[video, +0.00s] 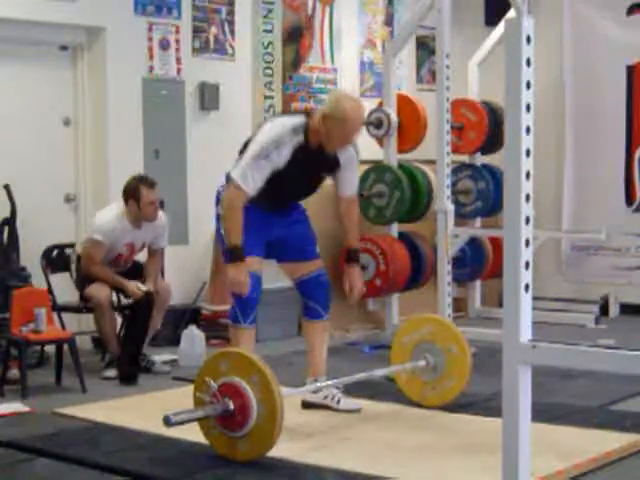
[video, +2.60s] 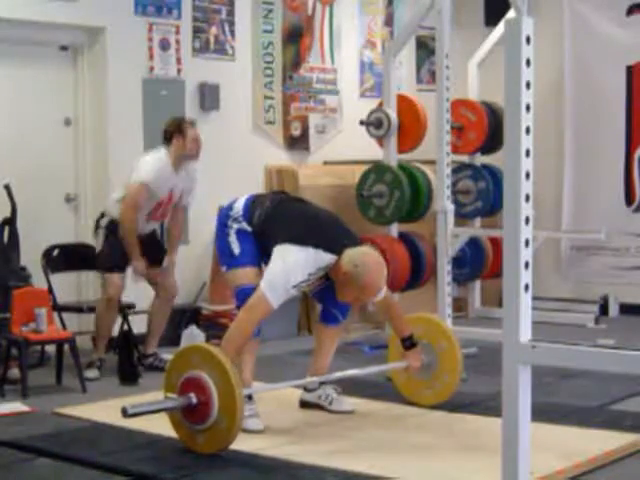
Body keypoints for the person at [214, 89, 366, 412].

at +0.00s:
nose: (348, 141)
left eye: (352, 135)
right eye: (343, 134)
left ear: (355, 130)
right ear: (321, 123)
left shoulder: (345, 152)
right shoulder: (278, 135)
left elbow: (349, 206)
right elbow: (234, 196)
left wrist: (353, 260)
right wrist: (234, 261)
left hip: (288, 211)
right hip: (246, 209)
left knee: (317, 290)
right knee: (246, 293)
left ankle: (316, 383)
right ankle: (243, 385)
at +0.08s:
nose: (348, 162)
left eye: (354, 155)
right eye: (344, 153)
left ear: (360, 147)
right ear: (325, 138)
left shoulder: (348, 161)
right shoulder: (282, 147)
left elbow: (355, 216)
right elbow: (240, 209)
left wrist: (360, 274)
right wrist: (240, 274)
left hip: (290, 212)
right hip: (247, 211)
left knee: (318, 289)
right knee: (249, 298)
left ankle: (316, 383)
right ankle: (250, 387)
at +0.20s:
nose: (350, 189)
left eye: (356, 184)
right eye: (348, 182)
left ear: (361, 177)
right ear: (329, 167)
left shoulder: (352, 179)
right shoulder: (286, 171)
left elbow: (357, 235)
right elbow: (248, 237)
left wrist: (362, 288)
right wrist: (249, 299)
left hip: (288, 216)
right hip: (243, 211)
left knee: (320, 293)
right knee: (252, 305)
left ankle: (317, 383)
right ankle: (249, 387)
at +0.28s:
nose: (347, 224)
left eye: (353, 218)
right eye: (345, 216)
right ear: (328, 201)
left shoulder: (354, 205)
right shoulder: (283, 202)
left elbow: (357, 267)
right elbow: (259, 272)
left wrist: (364, 328)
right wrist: (259, 333)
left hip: (284, 220)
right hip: (236, 214)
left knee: (322, 288)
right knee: (244, 293)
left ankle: (317, 384)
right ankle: (256, 385)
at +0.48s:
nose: (339, 262)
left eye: (347, 258)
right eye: (338, 256)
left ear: (355, 243)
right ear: (323, 235)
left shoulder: (348, 235)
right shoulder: (282, 230)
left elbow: (350, 292)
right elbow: (259, 299)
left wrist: (361, 349)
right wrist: (251, 364)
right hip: (233, 213)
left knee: (325, 290)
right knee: (241, 300)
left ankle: (317, 384)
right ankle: (244, 383)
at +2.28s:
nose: (367, 297)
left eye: (374, 292)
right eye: (367, 290)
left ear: (349, 267)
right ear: (347, 270)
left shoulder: (357, 254)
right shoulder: (298, 260)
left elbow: (384, 301)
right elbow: (254, 312)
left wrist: (407, 344)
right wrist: (225, 368)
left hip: (280, 216)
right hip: (238, 218)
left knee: (332, 296)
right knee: (258, 306)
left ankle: (311, 386)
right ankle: (234, 396)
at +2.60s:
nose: (360, 303)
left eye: (366, 299)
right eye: (358, 297)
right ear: (342, 274)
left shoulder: (363, 262)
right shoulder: (293, 262)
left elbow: (388, 303)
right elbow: (248, 317)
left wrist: (410, 345)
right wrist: (215, 373)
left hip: (287, 218)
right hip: (241, 219)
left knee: (336, 303)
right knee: (250, 307)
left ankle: (315, 384)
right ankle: (243, 395)